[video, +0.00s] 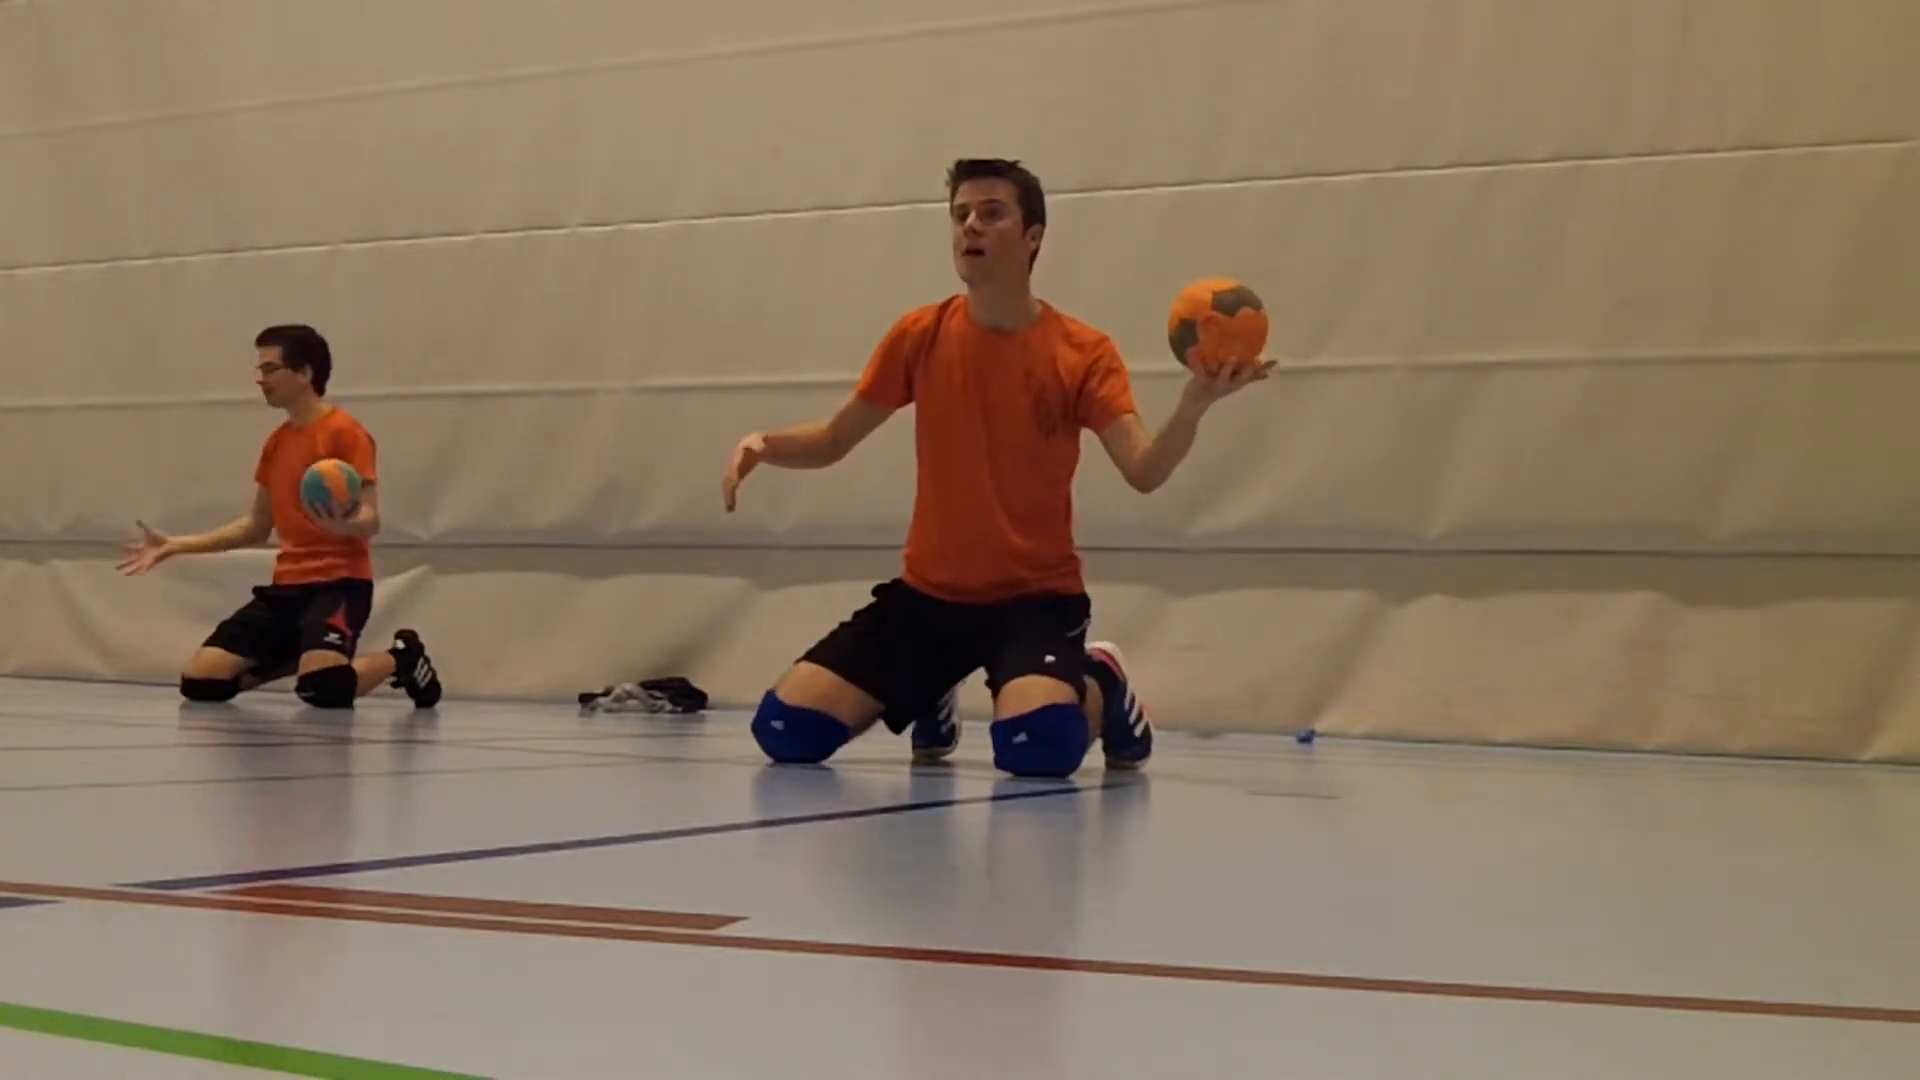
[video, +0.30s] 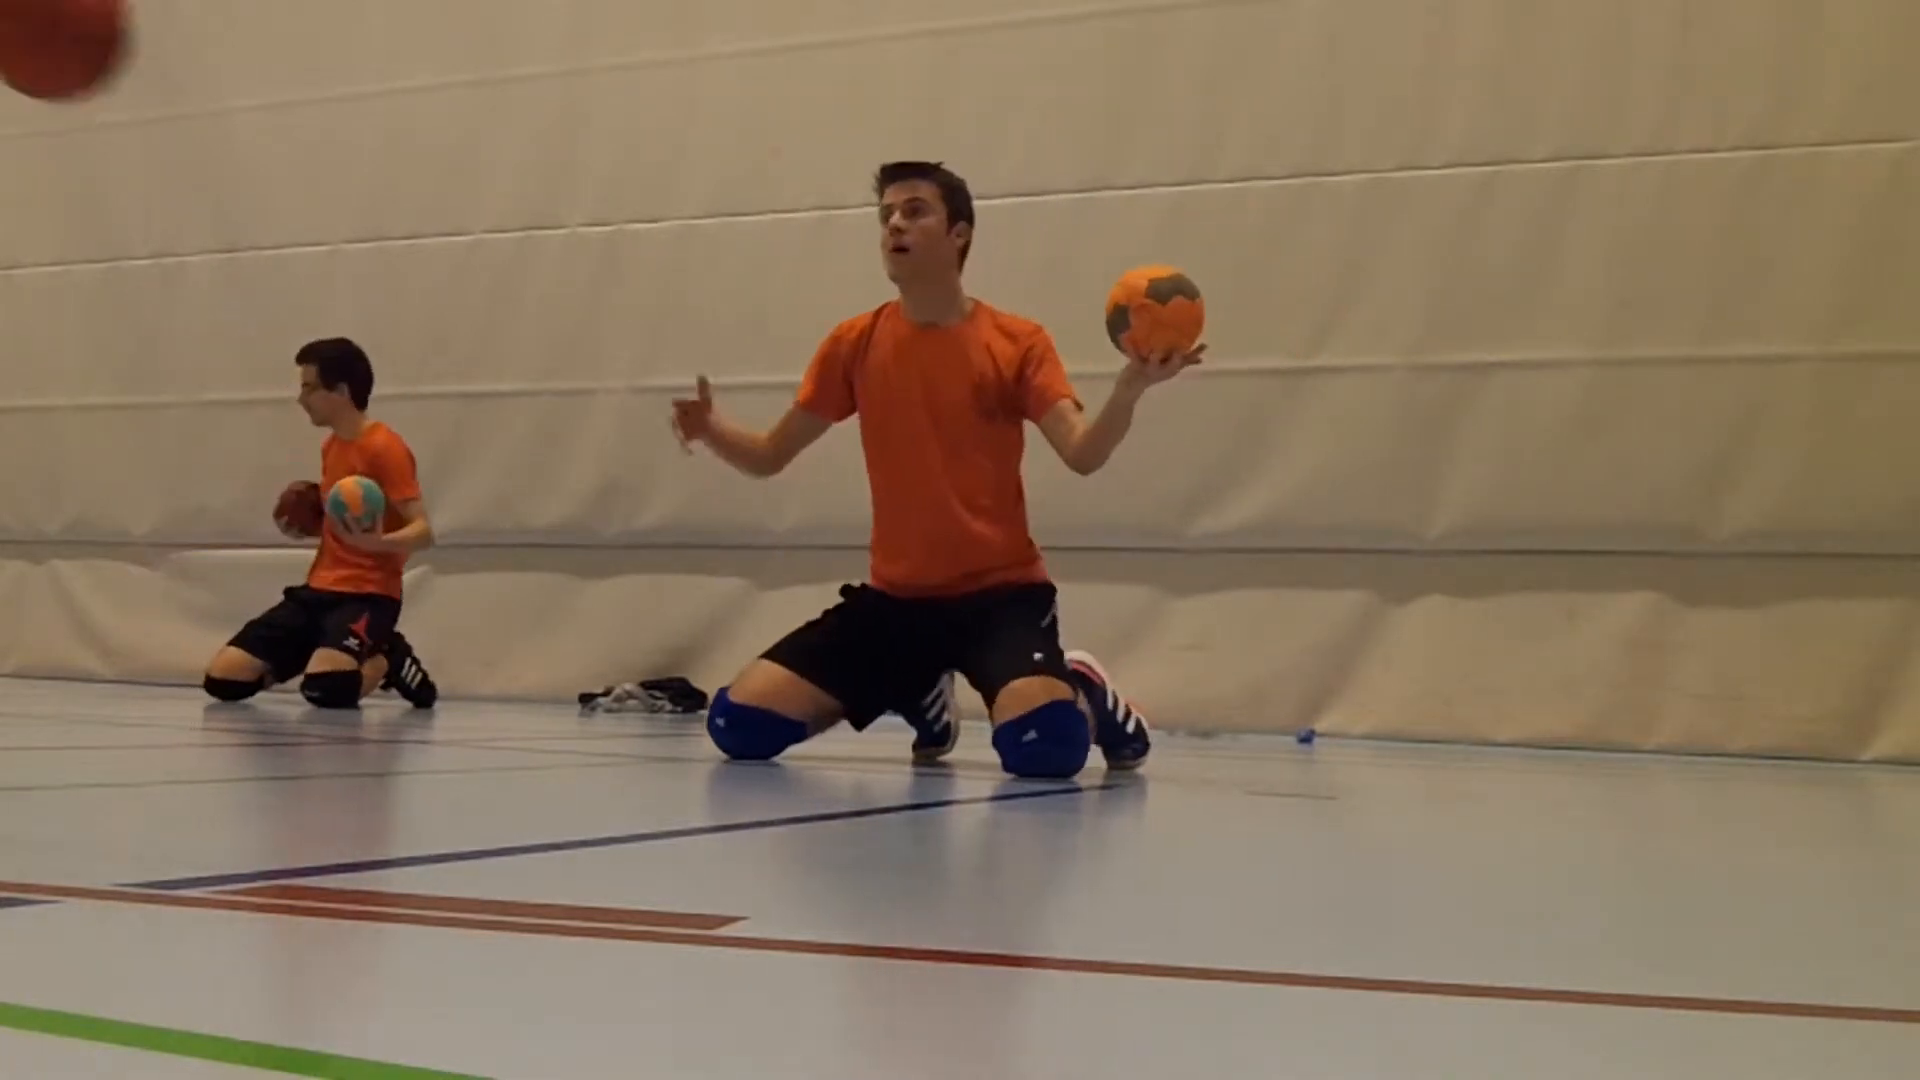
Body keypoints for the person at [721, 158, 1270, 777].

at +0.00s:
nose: (971, 226)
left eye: (992, 213)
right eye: (961, 215)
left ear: (1032, 238)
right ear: (948, 235)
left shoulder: (1080, 353)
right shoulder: (921, 337)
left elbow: (1144, 471)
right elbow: (832, 438)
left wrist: (1197, 401)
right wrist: (762, 444)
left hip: (1035, 598)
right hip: (928, 594)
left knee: (1036, 753)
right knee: (784, 731)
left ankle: (1101, 683)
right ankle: (919, 685)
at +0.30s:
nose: (894, 226)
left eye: (914, 212)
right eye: (886, 216)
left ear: (959, 235)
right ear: (878, 238)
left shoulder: (1014, 343)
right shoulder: (856, 346)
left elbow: (1083, 452)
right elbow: (768, 454)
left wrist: (1133, 382)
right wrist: (710, 430)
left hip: (1002, 598)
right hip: (894, 601)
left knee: (1043, 755)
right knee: (738, 728)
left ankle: (1084, 691)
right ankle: (906, 683)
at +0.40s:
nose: (838, 219)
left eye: (856, 205)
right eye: (830, 209)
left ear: (906, 226)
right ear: (826, 231)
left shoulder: (965, 329)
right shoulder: (809, 335)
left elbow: (1040, 430)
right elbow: (694, 415)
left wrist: (1096, 375)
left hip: (975, 582)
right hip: (870, 590)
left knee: (1025, 752)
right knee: (729, 731)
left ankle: (1094, 689)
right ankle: (898, 679)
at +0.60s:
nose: (748, 198)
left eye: (765, 181)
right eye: (745, 185)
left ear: (820, 193)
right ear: (751, 200)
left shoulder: (887, 294)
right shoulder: (736, 309)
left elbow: (965, 396)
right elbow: (694, 431)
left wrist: (1026, 343)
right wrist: (589, 434)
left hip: (906, 544)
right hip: (798, 560)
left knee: (1008, 720)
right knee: (679, 728)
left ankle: (1123, 694)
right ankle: (865, 678)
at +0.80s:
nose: (721, 197)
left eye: (738, 181)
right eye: (715, 186)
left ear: (787, 192)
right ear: (714, 202)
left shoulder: (851, 292)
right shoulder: (712, 298)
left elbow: (909, 399)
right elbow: (707, 392)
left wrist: (947, 320)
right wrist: (674, 413)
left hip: (868, 535)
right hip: (769, 560)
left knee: (961, 691)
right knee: (651, 727)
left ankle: (1080, 690)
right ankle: (839, 675)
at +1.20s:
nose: (832, 216)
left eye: (851, 202)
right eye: (823, 202)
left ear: (894, 216)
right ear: (812, 215)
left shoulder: (930, 326)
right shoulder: (791, 317)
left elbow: (889, 442)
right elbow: (781, 459)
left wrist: (881, 335)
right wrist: (734, 421)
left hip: (909, 579)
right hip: (807, 585)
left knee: (955, 746)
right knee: (669, 728)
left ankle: (1077, 692)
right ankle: (848, 681)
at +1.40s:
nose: (865, 227)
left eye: (885, 213)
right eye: (855, 213)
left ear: (927, 230)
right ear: (844, 224)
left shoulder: (974, 330)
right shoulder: (839, 336)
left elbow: (965, 470)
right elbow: (823, 476)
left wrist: (935, 371)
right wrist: (765, 414)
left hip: (972, 583)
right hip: (873, 588)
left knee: (955, 741)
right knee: (739, 729)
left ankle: (1086, 683)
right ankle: (902, 685)